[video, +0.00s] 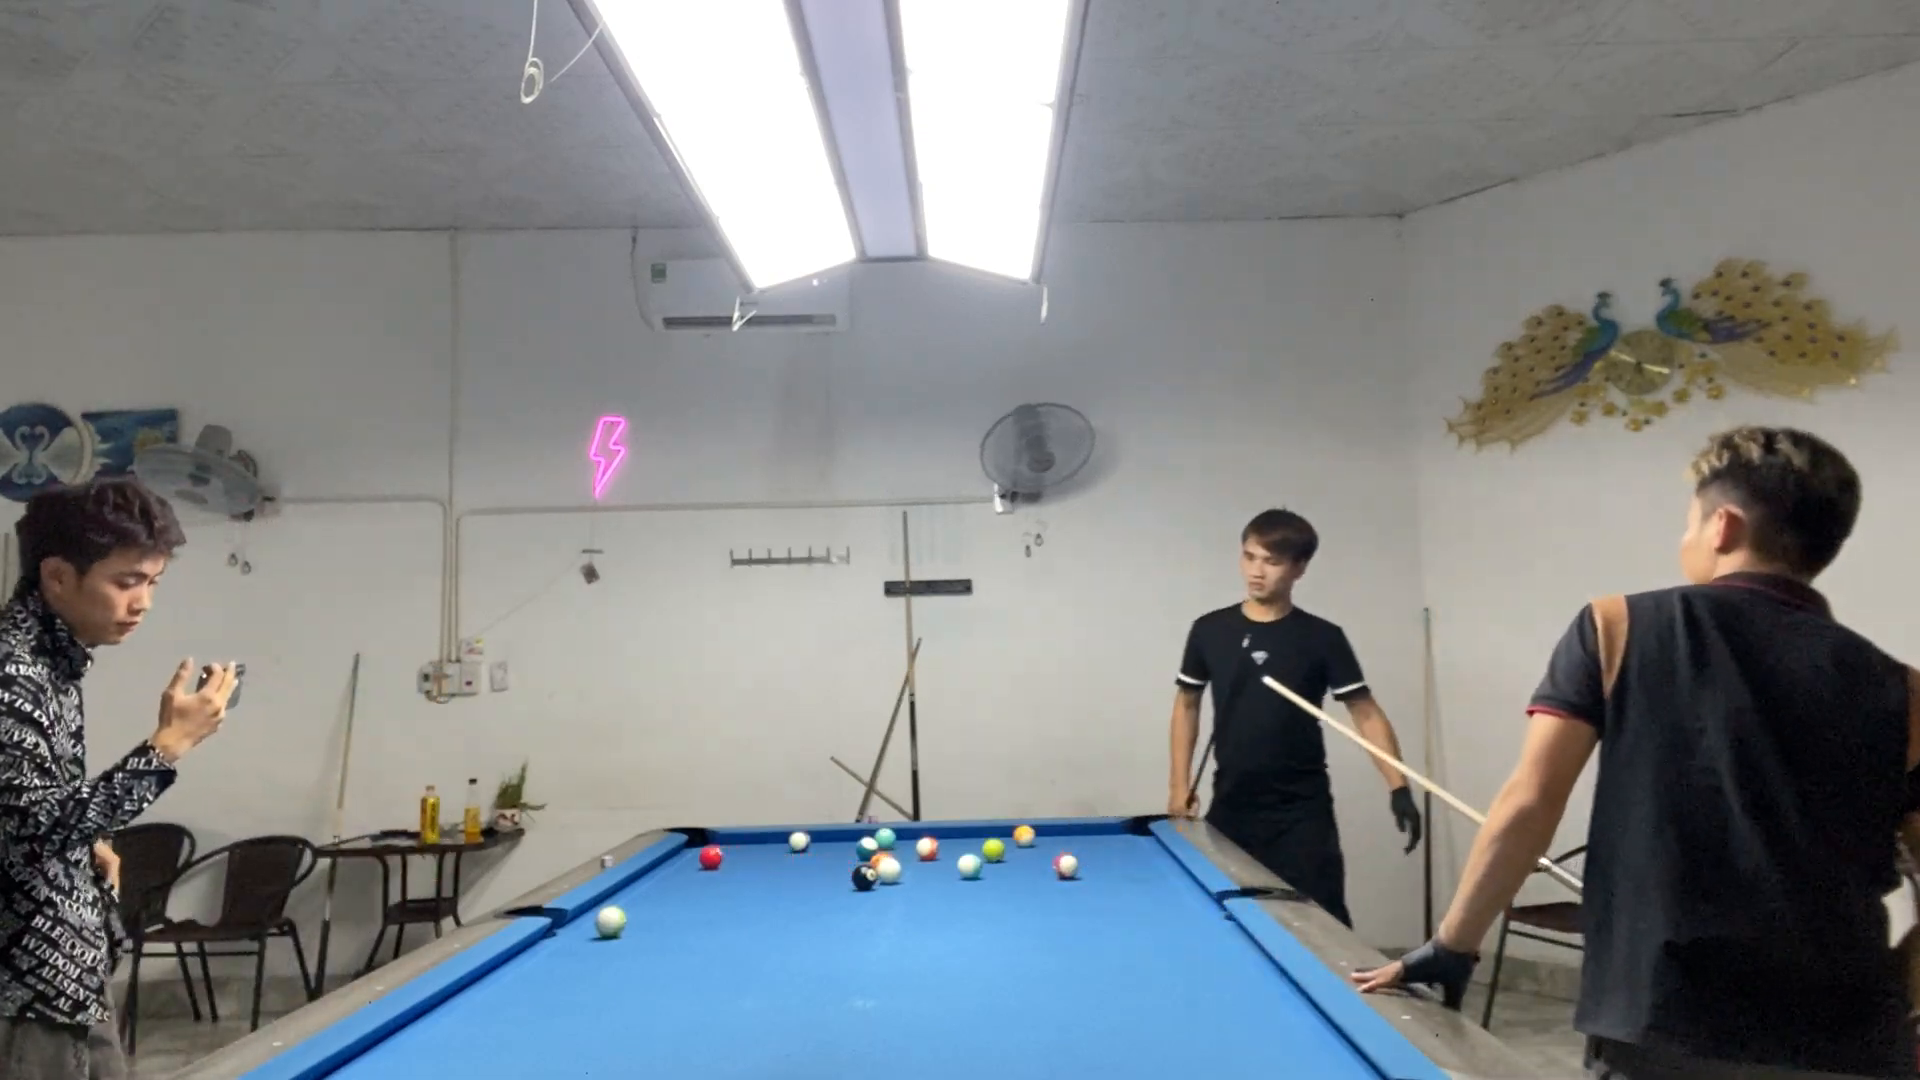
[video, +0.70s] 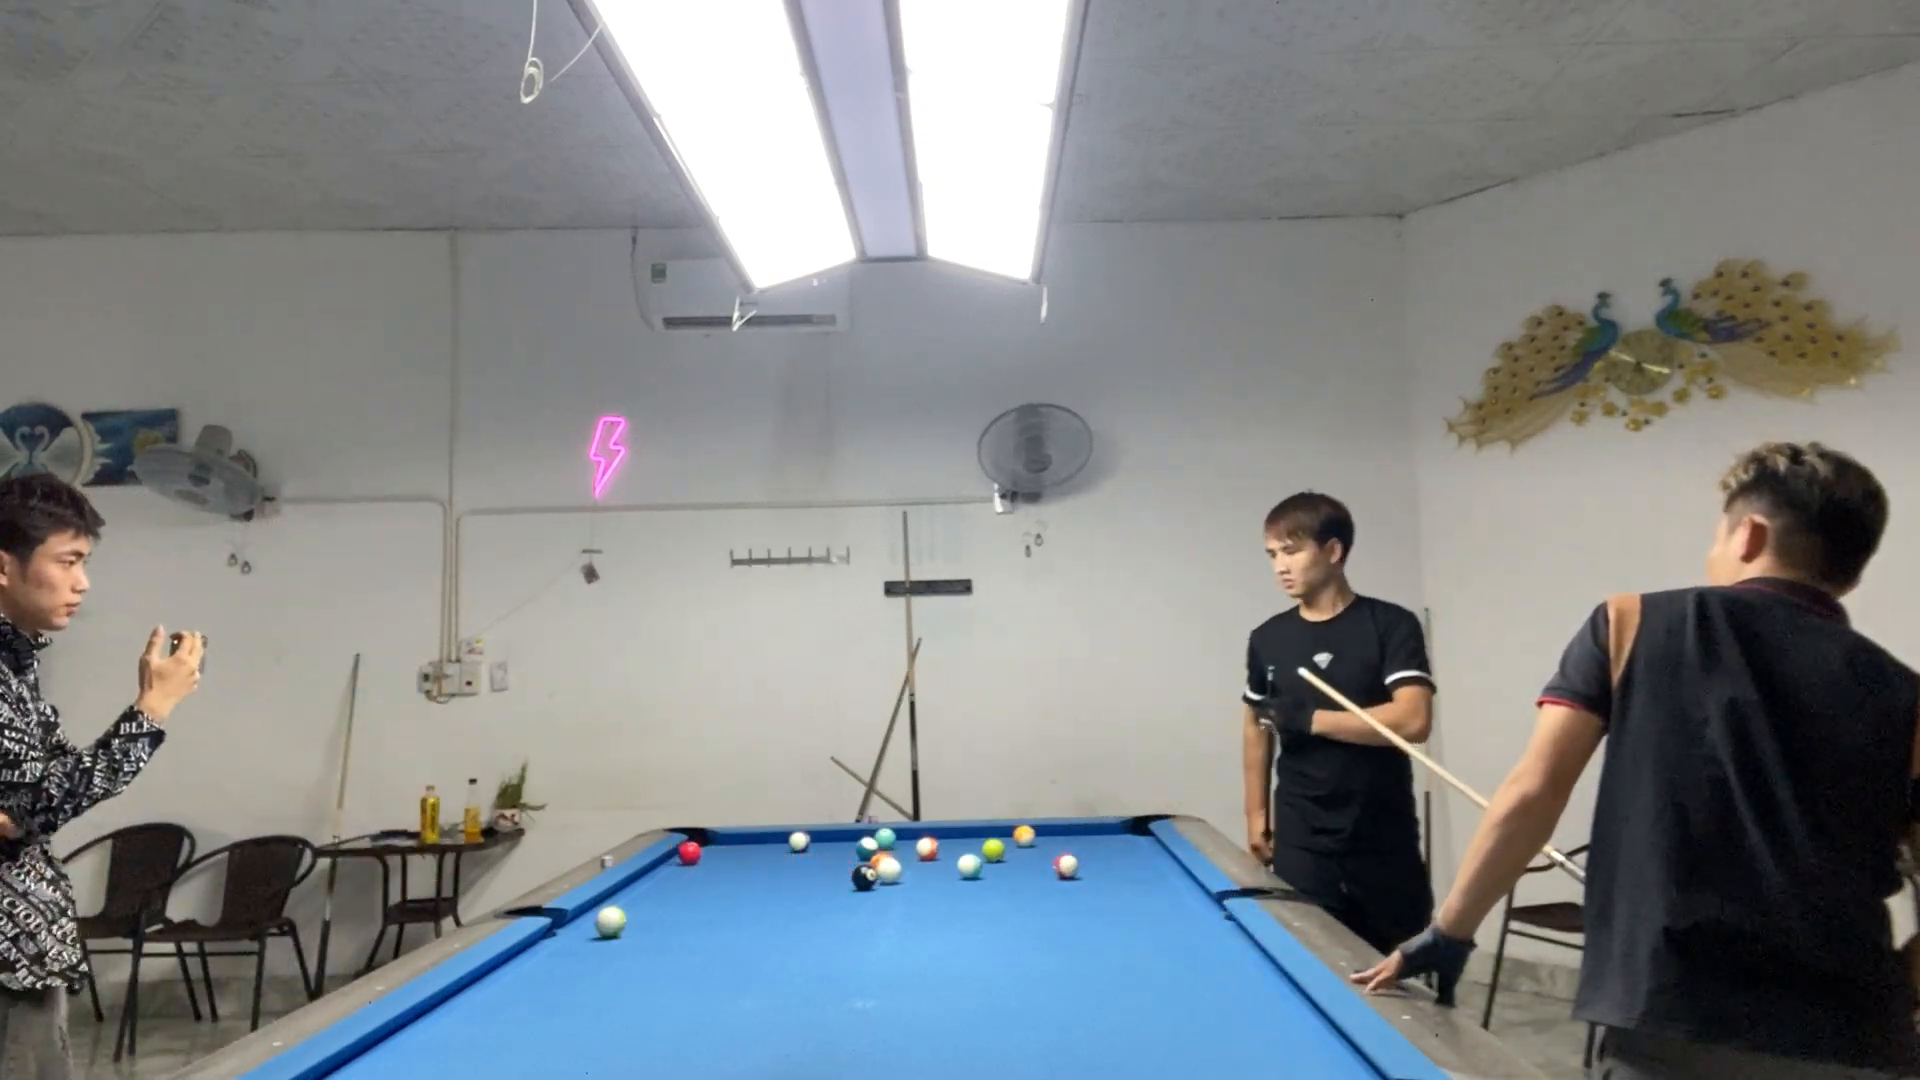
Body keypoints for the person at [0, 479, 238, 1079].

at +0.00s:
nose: (142, 603)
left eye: (150, 582)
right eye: (126, 582)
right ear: (58, 577)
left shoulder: (57, 659)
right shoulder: (13, 675)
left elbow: (51, 788)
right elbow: (41, 829)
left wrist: (89, 840)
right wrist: (168, 745)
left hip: (80, 978)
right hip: (27, 997)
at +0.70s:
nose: (82, 583)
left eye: (83, 563)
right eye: (68, 561)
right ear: (8, 566)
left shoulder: (19, 663)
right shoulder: (6, 668)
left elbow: (61, 774)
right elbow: (32, 802)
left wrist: (20, 816)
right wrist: (153, 708)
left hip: (39, 957)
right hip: (16, 965)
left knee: (52, 1067)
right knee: (37, 1068)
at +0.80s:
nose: (79, 581)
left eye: (79, 562)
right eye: (63, 560)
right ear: (6, 566)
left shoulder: (16, 666)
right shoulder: (5, 671)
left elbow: (46, 784)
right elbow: (33, 801)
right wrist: (148, 707)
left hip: (36, 961)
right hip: (15, 968)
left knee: (48, 1068)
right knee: (34, 1069)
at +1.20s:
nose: (72, 588)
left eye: (72, 568)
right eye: (60, 564)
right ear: (6, 566)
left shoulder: (9, 667)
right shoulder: (5, 670)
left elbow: (27, 795)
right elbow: (22, 801)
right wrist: (136, 719)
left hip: (24, 968)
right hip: (14, 972)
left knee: (36, 1068)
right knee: (32, 1069)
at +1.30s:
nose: (71, 589)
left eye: (72, 569)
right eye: (60, 566)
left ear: (19, 567)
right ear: (6, 565)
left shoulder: (8, 666)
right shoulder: (4, 668)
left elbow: (24, 796)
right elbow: (21, 800)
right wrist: (136, 720)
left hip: (22, 967)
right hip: (12, 971)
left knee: (33, 1068)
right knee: (31, 1069)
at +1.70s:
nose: (70, 592)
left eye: (70, 571)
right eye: (60, 568)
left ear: (19, 568)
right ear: (7, 566)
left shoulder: (7, 666)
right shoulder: (4, 669)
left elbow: (21, 796)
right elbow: (18, 802)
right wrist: (134, 723)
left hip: (20, 974)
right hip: (10, 978)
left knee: (30, 1067)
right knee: (27, 1069)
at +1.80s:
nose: (69, 591)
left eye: (70, 571)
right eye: (59, 567)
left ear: (18, 568)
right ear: (7, 566)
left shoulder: (7, 664)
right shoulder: (5, 666)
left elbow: (20, 797)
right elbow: (17, 803)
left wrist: (129, 724)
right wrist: (133, 724)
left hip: (19, 974)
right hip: (10, 978)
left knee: (30, 1068)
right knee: (28, 1069)